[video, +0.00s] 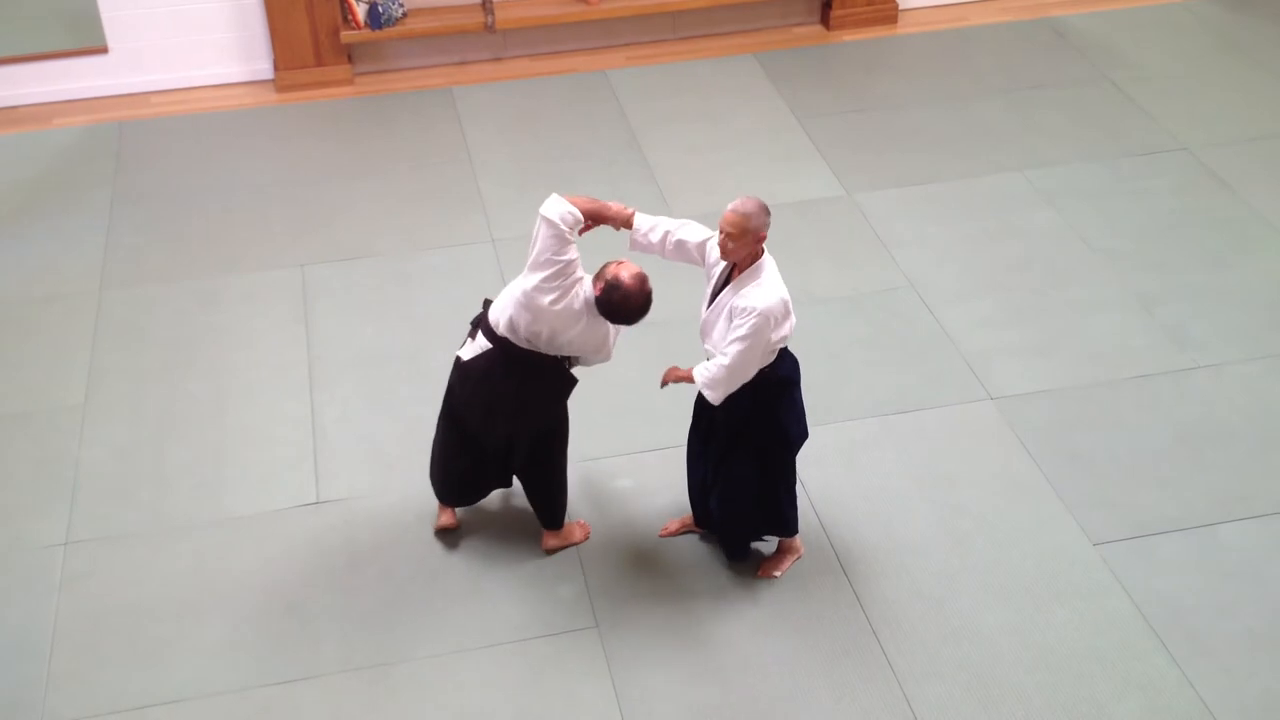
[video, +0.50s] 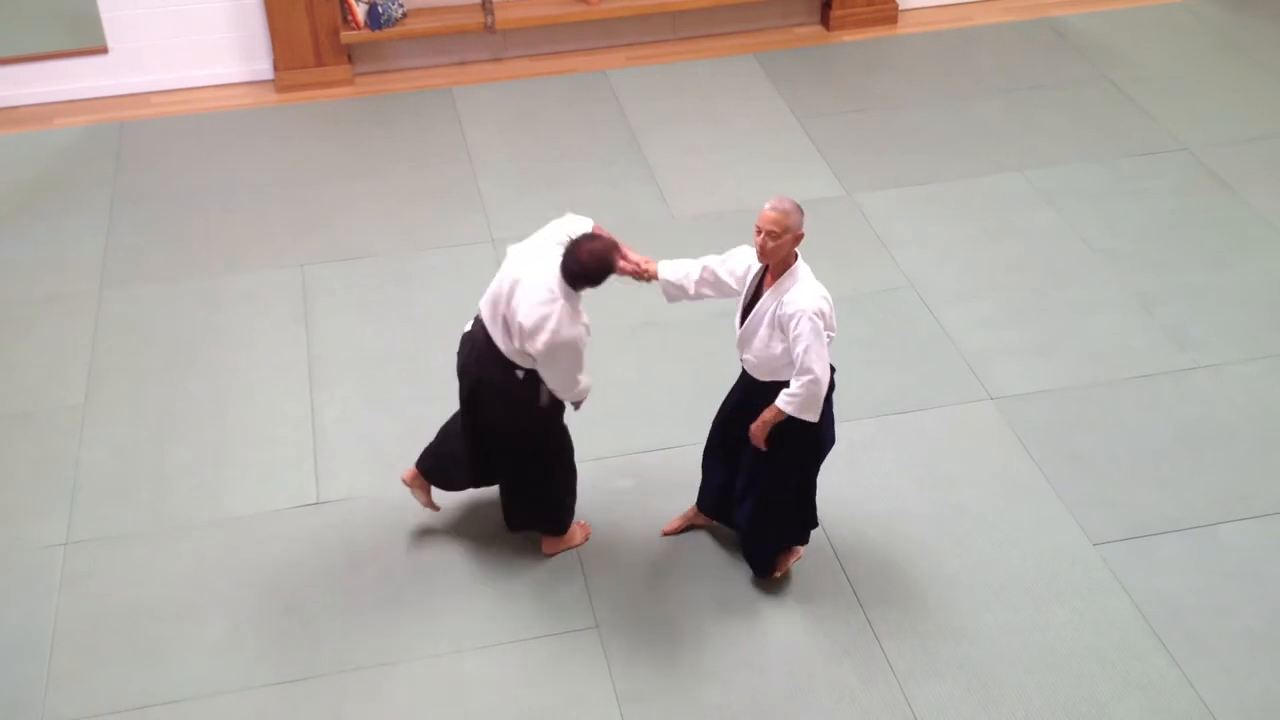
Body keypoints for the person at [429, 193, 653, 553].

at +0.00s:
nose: (624, 258)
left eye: (621, 266)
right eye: (634, 265)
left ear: (601, 282)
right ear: (624, 316)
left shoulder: (558, 266)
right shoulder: (604, 337)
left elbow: (561, 209)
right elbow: (579, 358)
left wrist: (613, 214)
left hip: (488, 358)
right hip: (544, 379)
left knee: (460, 432)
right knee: (546, 453)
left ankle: (446, 509)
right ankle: (553, 530)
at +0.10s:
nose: (624, 255)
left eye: (622, 263)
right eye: (633, 262)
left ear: (602, 279)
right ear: (624, 312)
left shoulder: (558, 262)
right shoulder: (604, 336)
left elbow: (566, 202)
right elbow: (578, 358)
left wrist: (609, 216)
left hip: (489, 356)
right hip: (544, 377)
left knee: (461, 430)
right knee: (546, 451)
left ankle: (446, 508)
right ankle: (553, 529)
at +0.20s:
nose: (619, 253)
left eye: (619, 260)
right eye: (628, 260)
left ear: (601, 274)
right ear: (626, 308)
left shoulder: (557, 258)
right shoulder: (602, 332)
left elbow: (559, 190)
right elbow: (582, 362)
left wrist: (604, 214)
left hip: (487, 355)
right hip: (543, 377)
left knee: (460, 429)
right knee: (549, 450)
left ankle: (446, 508)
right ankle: (554, 529)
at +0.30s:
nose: (612, 251)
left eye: (613, 256)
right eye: (625, 257)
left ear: (598, 266)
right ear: (624, 303)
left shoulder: (554, 254)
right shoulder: (600, 331)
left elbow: (561, 185)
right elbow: (582, 368)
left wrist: (603, 215)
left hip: (486, 351)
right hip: (541, 376)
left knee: (461, 425)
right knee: (551, 449)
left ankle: (442, 503)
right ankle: (556, 530)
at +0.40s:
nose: (599, 237)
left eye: (604, 243)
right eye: (616, 244)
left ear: (590, 254)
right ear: (612, 294)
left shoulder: (550, 244)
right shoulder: (585, 330)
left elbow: (566, 194)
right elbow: (581, 380)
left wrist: (598, 219)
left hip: (483, 347)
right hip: (533, 379)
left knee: (464, 421)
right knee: (552, 452)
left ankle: (427, 489)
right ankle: (555, 532)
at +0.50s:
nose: (602, 232)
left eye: (601, 237)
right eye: (608, 242)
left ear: (583, 240)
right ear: (599, 281)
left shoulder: (559, 233)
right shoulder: (561, 329)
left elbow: (590, 226)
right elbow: (566, 385)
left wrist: (623, 256)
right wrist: (581, 393)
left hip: (477, 340)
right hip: (510, 379)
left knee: (477, 420)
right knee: (552, 453)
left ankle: (422, 473)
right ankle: (556, 534)